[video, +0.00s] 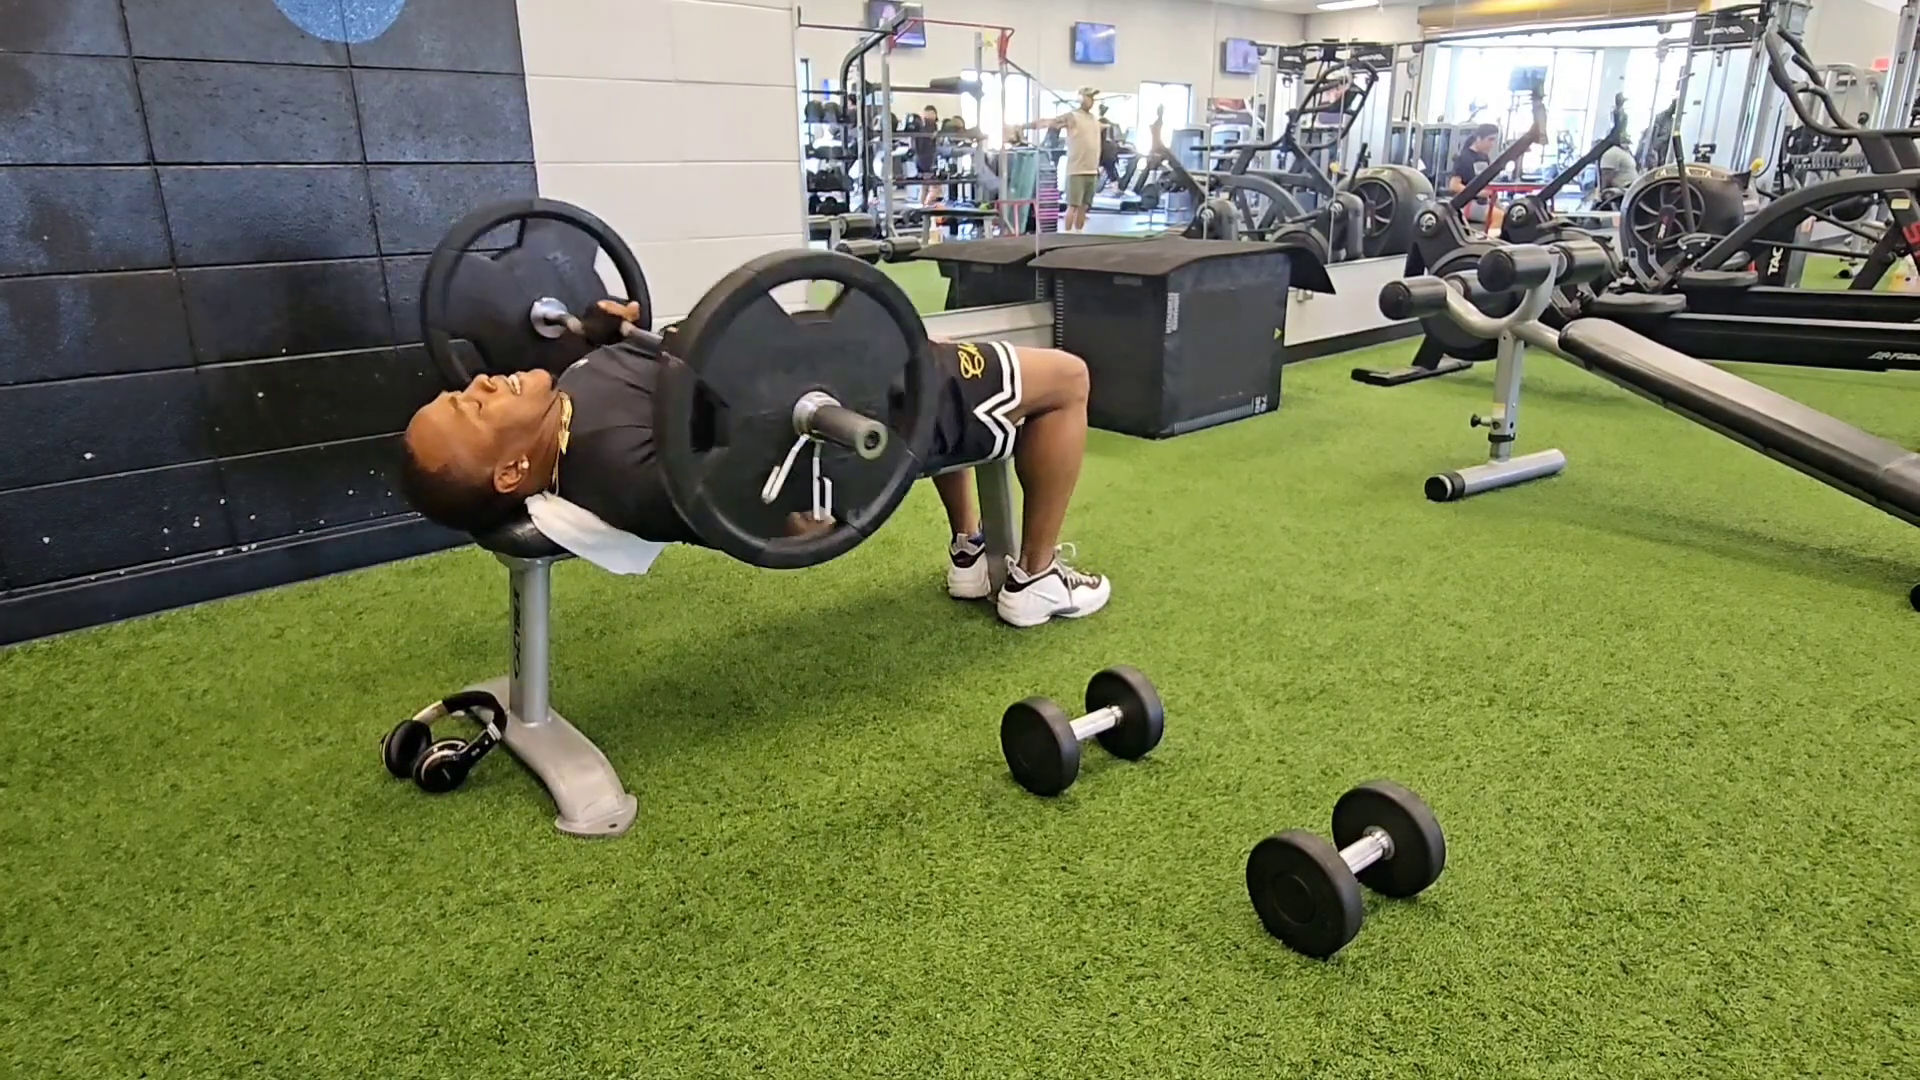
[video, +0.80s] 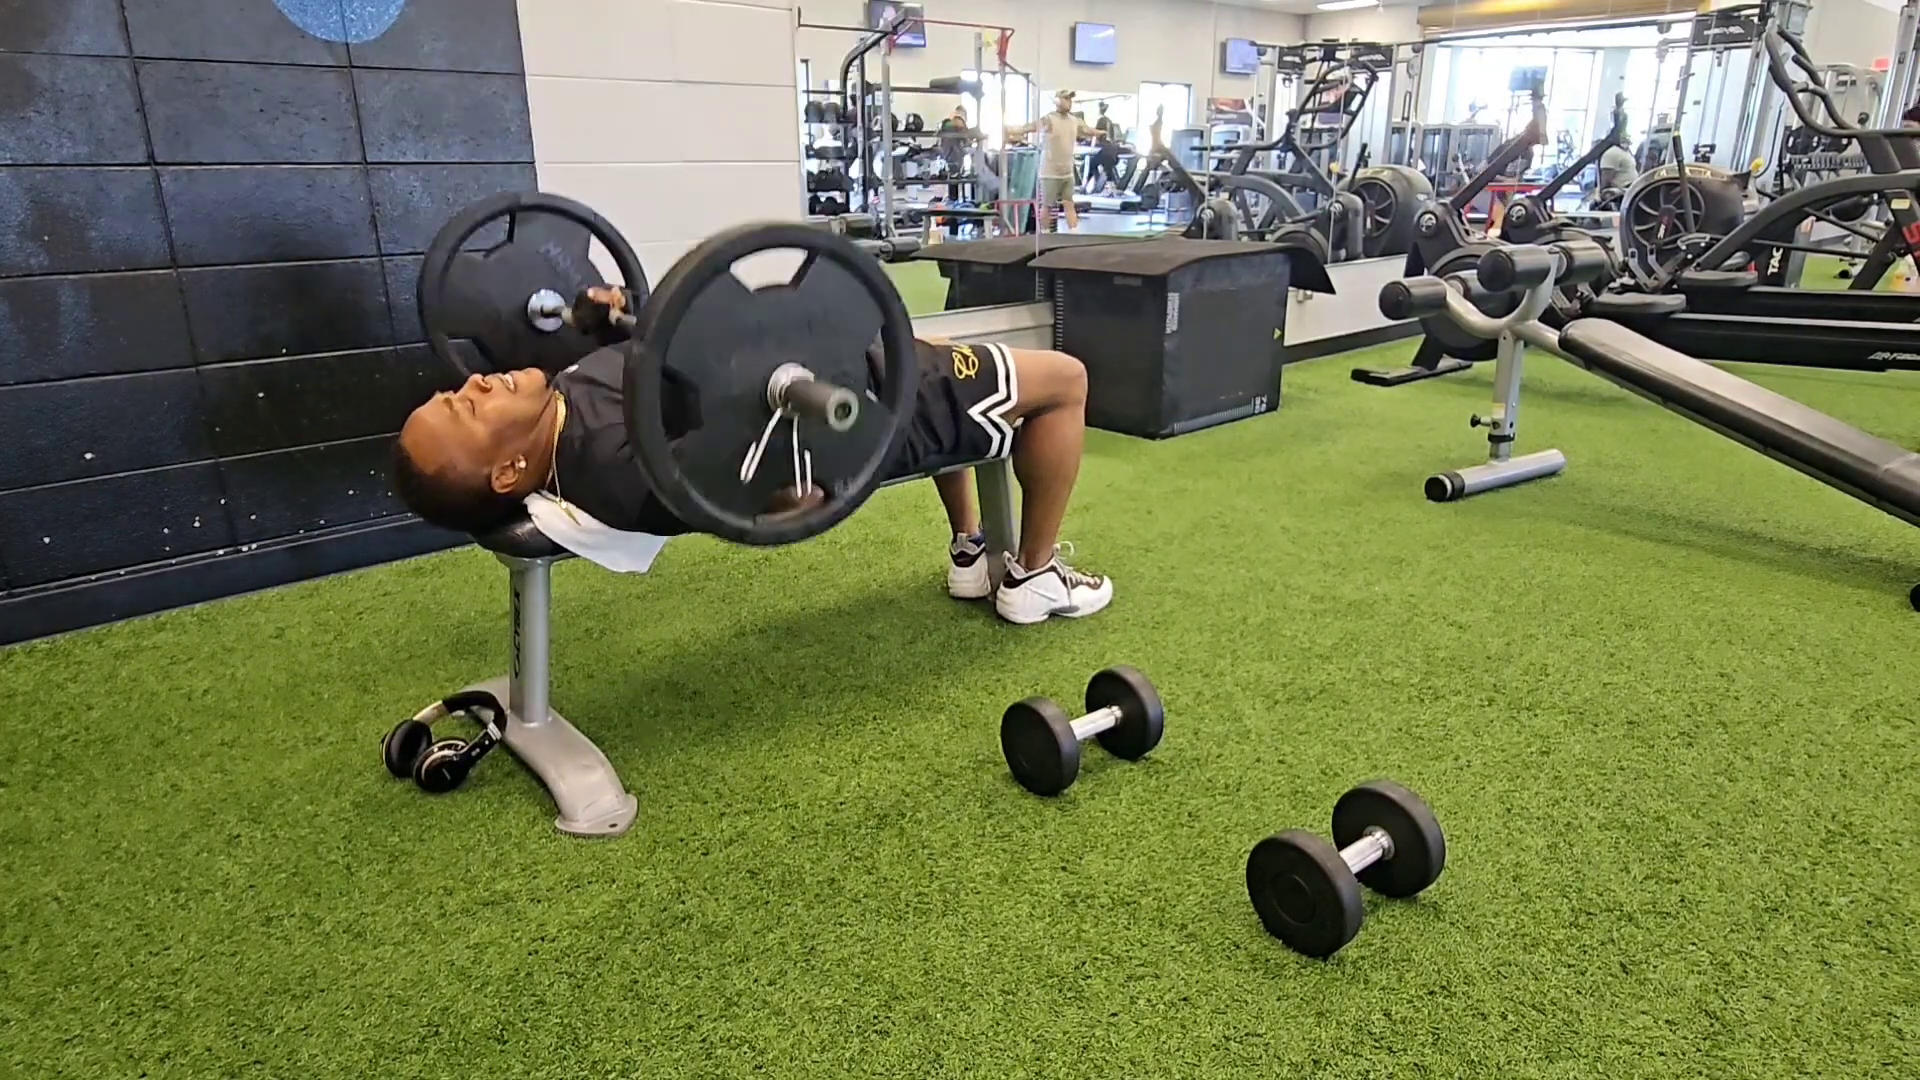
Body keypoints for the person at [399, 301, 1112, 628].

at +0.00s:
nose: (490, 375)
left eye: (466, 385)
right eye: (477, 400)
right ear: (515, 474)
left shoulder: (550, 395)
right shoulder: (632, 477)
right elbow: (779, 514)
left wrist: (618, 333)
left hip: (783, 370)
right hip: (846, 426)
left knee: (922, 346)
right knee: (1067, 376)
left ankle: (972, 544)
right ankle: (1037, 576)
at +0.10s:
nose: (487, 377)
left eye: (465, 386)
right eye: (474, 404)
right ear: (519, 474)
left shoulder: (558, 393)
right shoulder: (638, 479)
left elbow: (654, 362)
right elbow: (800, 502)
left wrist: (635, 322)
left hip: (788, 362)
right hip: (854, 420)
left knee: (918, 348)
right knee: (1070, 379)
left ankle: (972, 544)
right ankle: (1037, 576)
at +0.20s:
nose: (486, 382)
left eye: (459, 391)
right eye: (472, 408)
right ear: (504, 472)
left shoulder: (554, 396)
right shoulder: (611, 466)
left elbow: (617, 338)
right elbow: (766, 445)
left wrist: (622, 263)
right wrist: (799, 318)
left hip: (781, 368)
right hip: (840, 415)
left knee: (936, 359)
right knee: (1063, 381)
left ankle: (973, 548)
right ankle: (1034, 574)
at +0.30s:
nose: (475, 382)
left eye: (451, 397)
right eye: (462, 413)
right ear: (506, 477)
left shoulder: (541, 392)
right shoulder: (612, 458)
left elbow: (581, 308)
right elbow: (729, 369)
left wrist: (596, 207)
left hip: (804, 358)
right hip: (841, 400)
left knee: (928, 358)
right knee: (1059, 380)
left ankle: (971, 545)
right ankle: (1035, 574)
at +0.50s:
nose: (481, 382)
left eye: (453, 392)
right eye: (468, 408)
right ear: (506, 472)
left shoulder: (542, 382)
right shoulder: (619, 446)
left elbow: (596, 278)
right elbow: (733, 321)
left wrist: (596, 146)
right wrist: (700, 150)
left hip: (802, 346)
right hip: (842, 392)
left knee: (939, 368)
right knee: (1057, 380)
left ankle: (975, 548)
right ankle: (1034, 575)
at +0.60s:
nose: (482, 378)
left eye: (454, 389)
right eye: (465, 406)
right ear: (507, 478)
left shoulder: (554, 400)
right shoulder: (616, 459)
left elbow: (612, 321)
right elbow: (737, 406)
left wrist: (606, 221)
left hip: (793, 362)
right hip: (834, 405)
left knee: (926, 353)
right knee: (1060, 380)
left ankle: (972, 547)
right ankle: (1035, 573)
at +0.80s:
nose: (478, 376)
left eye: (455, 385)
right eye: (467, 404)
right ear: (509, 478)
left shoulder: (547, 400)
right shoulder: (629, 468)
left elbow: (656, 363)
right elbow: (780, 498)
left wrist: (620, 321)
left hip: (784, 380)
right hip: (853, 426)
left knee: (922, 347)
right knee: (1065, 377)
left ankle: (973, 546)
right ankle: (1034, 574)